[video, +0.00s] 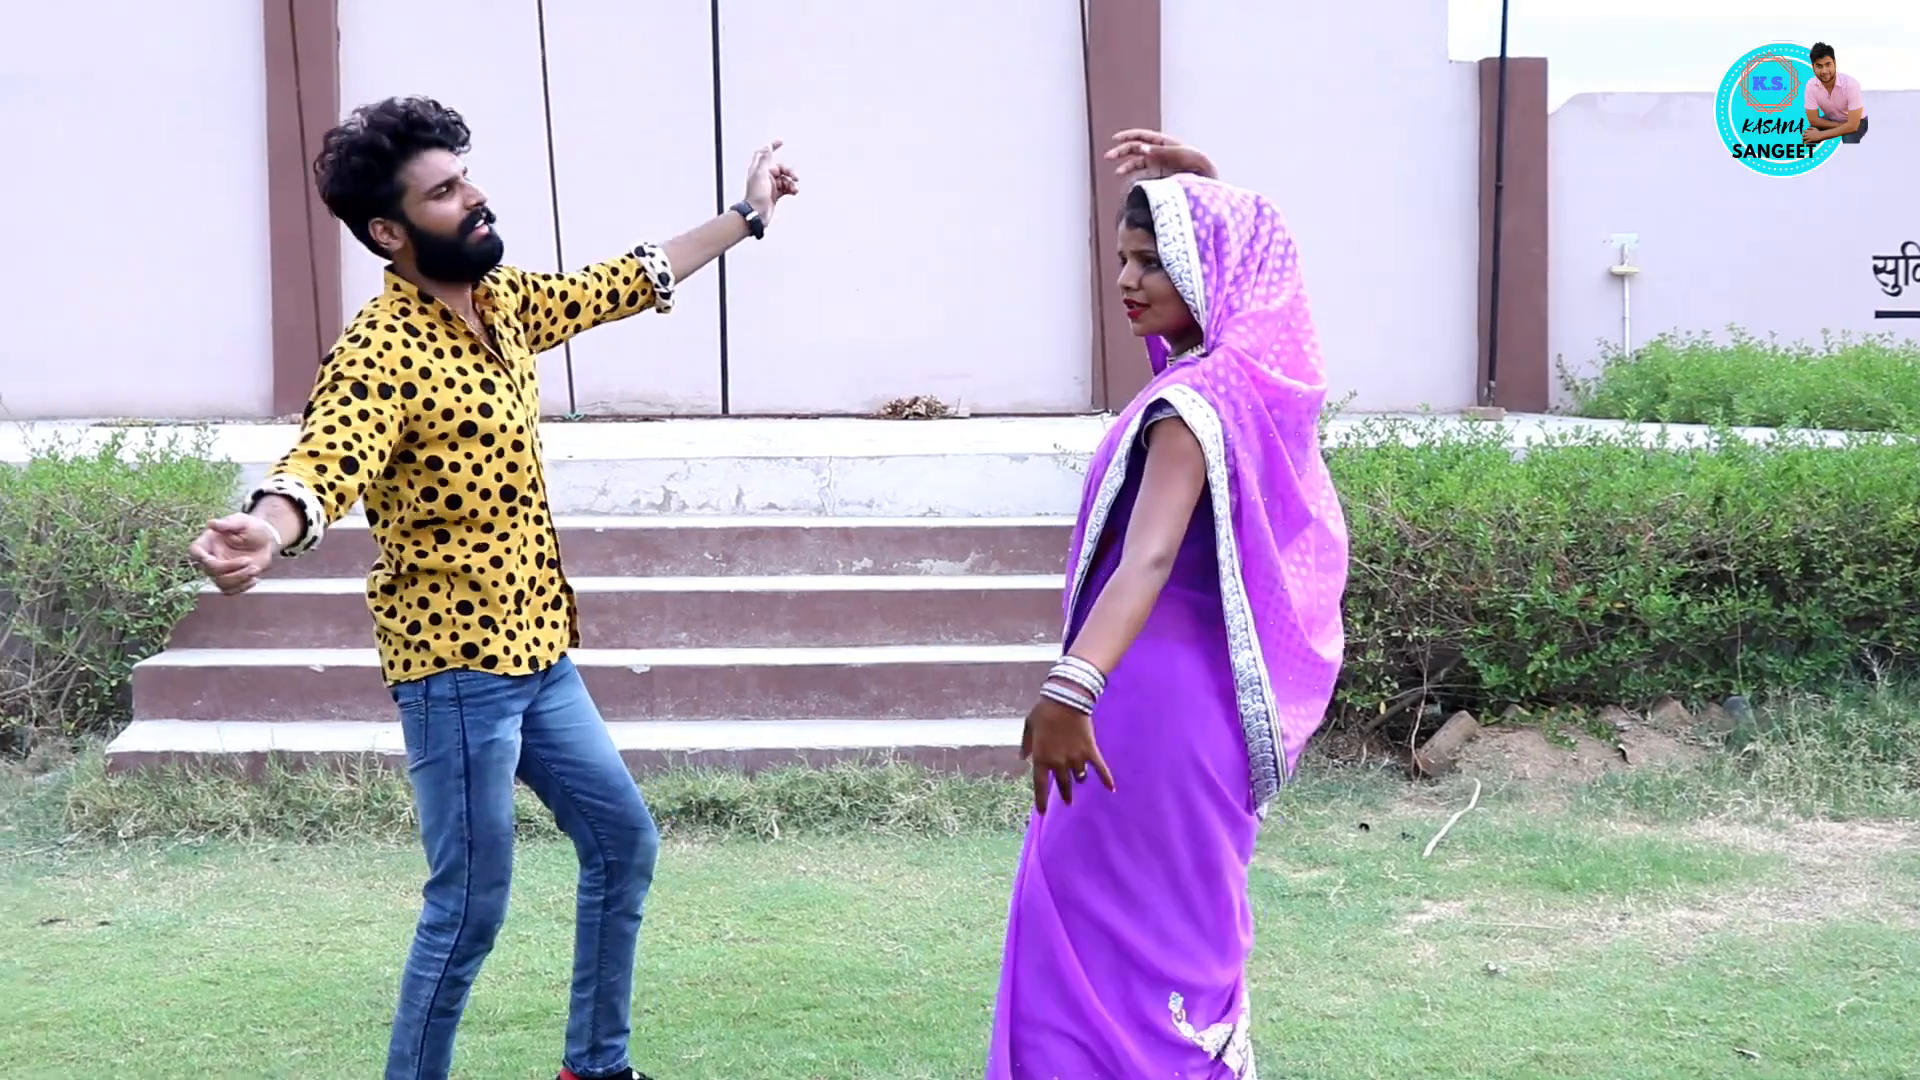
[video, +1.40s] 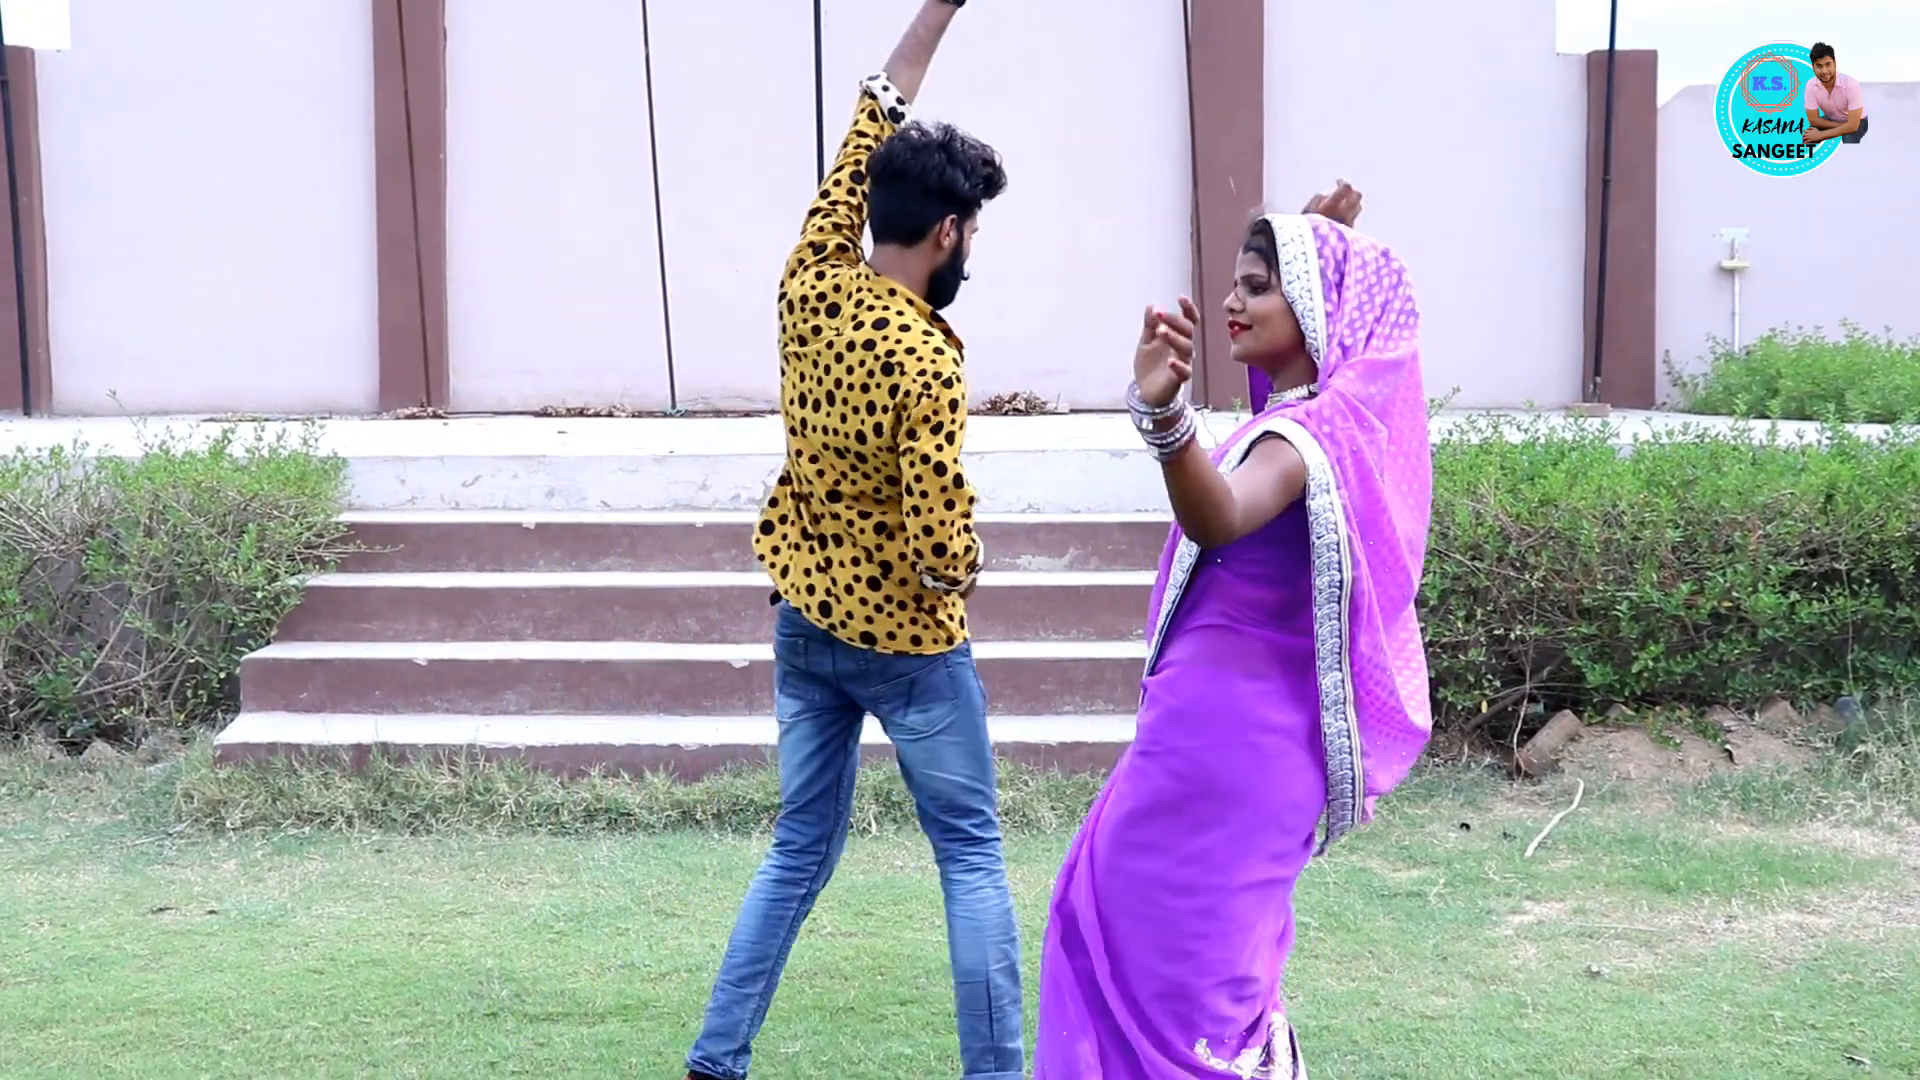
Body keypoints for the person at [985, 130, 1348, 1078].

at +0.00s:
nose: (1123, 281)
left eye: (1144, 262)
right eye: (1121, 260)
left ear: (1208, 275)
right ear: (1226, 278)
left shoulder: (1189, 405)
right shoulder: (1266, 384)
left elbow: (1149, 561)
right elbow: (1256, 265)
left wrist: (1069, 686)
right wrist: (1205, 181)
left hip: (1148, 714)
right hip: (1213, 712)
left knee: (1078, 963)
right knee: (1189, 959)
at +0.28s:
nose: (1197, 275)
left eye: (1220, 258)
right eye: (1193, 257)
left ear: (1282, 275)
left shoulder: (1263, 403)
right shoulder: (1300, 372)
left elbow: (1230, 555)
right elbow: (1207, 317)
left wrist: (1186, 662)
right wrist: (1188, 207)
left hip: (1216, 717)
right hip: (1263, 711)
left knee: (1086, 928)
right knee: (1244, 953)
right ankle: (1259, 1062)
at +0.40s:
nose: (1207, 259)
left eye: (1231, 245)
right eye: (1206, 240)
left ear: (1296, 267)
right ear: (1200, 244)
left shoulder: (1296, 390)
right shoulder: (1262, 368)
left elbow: (1287, 543)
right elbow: (1199, 318)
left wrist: (1253, 606)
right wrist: (1184, 210)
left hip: (1231, 711)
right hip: (1196, 698)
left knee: (1204, 955)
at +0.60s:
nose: (1205, 243)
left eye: (1229, 225)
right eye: (1208, 227)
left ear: (1294, 252)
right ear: (1252, 261)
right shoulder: (1220, 356)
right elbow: (1160, 321)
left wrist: (1365, 504)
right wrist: (1134, 259)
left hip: (1271, 690)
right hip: (1189, 684)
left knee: (1268, 946)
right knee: (1171, 932)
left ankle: (1296, 1064)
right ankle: (1172, 1066)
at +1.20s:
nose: (1228, 296)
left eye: (1251, 281)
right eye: (1229, 278)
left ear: (1310, 303)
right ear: (1309, 311)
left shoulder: (1296, 416)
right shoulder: (1324, 401)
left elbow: (1267, 464)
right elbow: (1276, 290)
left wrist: (1210, 485)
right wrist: (1270, 201)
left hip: (1218, 727)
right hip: (1259, 726)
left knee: (1116, 955)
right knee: (1235, 979)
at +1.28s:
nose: (1229, 299)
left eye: (1254, 284)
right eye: (1229, 281)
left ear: (1315, 308)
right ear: (1308, 315)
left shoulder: (1293, 423)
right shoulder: (1319, 409)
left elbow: (1247, 490)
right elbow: (1329, 294)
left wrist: (1191, 468)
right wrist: (1293, 200)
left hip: (1223, 736)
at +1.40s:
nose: (1233, 304)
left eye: (1256, 288)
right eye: (1233, 286)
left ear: (1319, 312)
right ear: (1320, 319)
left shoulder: (1307, 432)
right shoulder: (1315, 413)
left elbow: (1219, 518)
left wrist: (1165, 413)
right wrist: (1328, 253)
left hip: (1235, 742)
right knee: (1085, 908)